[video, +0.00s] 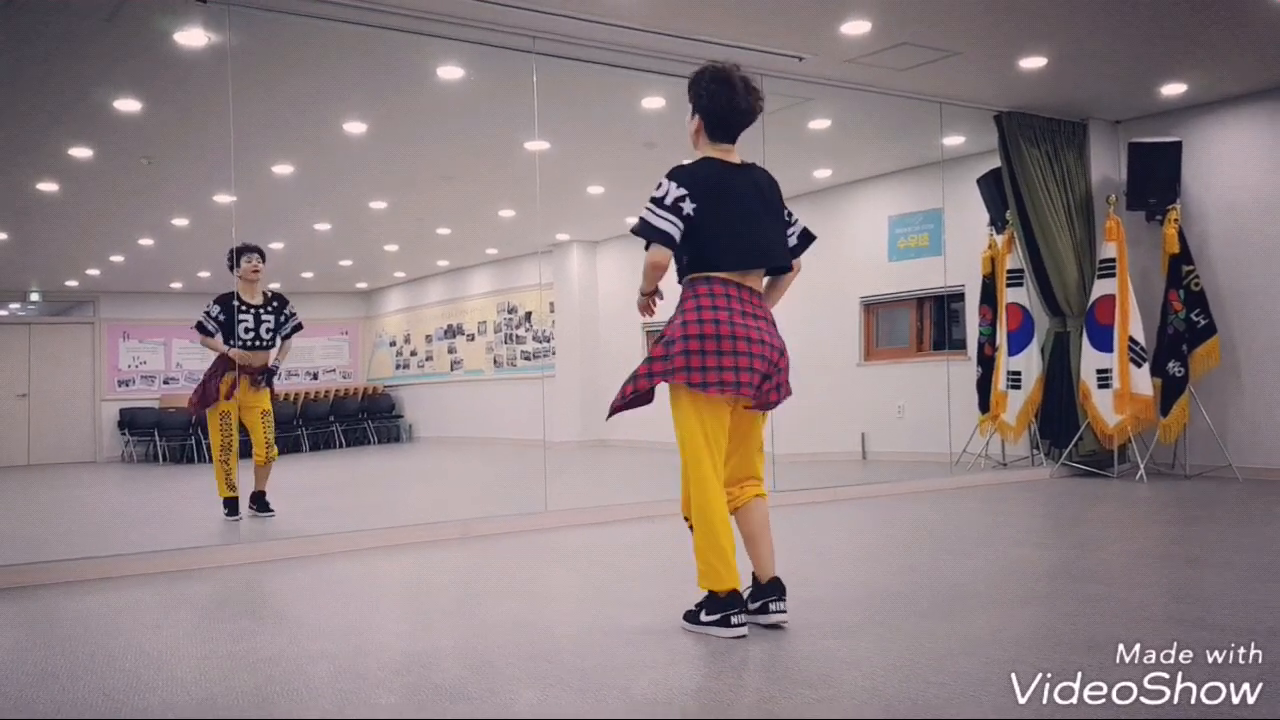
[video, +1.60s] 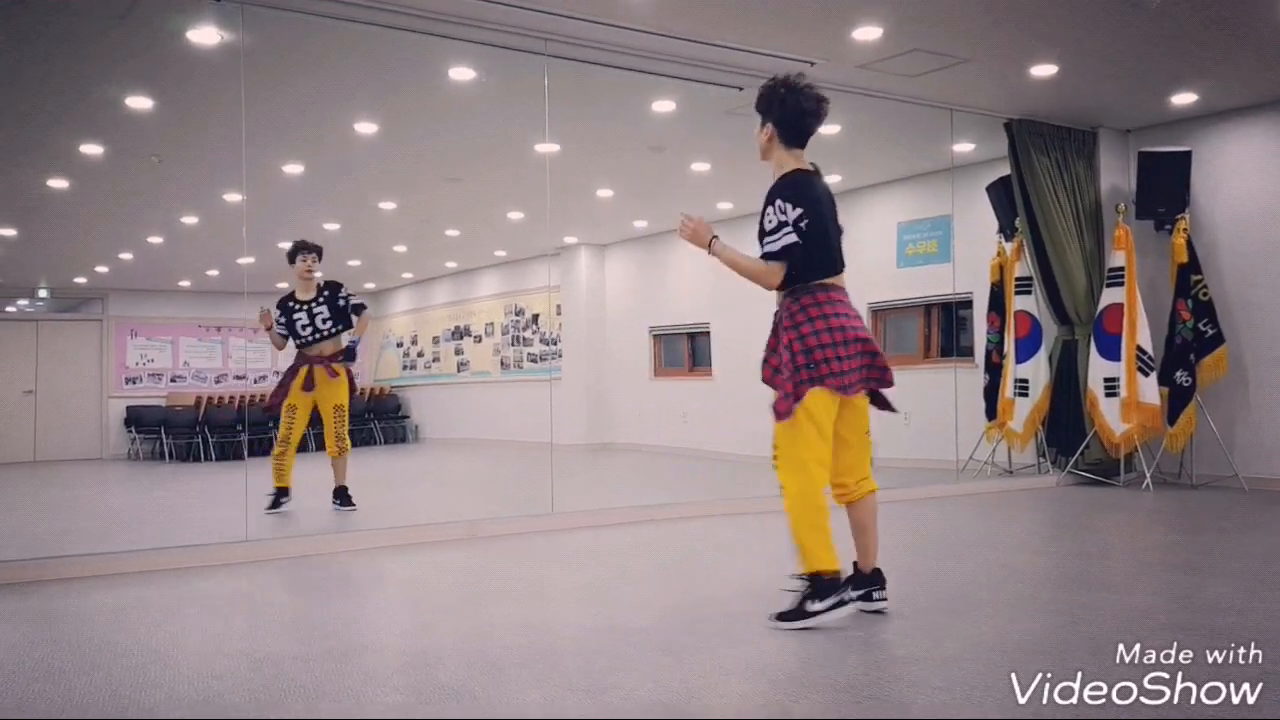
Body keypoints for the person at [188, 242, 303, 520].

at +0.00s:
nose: (255, 265)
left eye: (259, 261)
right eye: (248, 261)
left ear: (264, 268)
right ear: (236, 269)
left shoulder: (277, 302)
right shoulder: (224, 302)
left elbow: (287, 338)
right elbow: (204, 335)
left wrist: (275, 363)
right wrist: (228, 350)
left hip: (258, 380)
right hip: (225, 379)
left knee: (266, 447)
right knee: (226, 446)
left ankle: (259, 495)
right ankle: (230, 499)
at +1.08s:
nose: (263, 278)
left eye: (268, 273)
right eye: (258, 273)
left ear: (273, 275)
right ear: (247, 272)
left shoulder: (278, 305)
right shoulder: (228, 300)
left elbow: (283, 341)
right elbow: (204, 330)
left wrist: (274, 362)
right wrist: (231, 356)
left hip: (265, 381)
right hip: (235, 381)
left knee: (280, 438)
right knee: (231, 445)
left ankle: (281, 496)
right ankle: (226, 502)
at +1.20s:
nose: (265, 271)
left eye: (270, 267)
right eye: (259, 266)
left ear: (275, 273)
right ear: (247, 271)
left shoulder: (284, 307)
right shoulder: (232, 304)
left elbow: (294, 345)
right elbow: (201, 331)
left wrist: (278, 366)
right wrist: (232, 338)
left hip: (272, 383)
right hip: (239, 383)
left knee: (295, 435)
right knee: (233, 447)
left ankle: (319, 490)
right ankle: (227, 502)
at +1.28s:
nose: (268, 272)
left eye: (273, 268)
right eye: (262, 268)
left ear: (278, 275)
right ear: (251, 273)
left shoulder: (289, 307)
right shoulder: (237, 308)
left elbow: (302, 344)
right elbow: (210, 339)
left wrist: (287, 366)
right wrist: (233, 336)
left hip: (280, 385)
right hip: (247, 386)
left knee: (308, 437)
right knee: (237, 448)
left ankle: (330, 490)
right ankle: (228, 501)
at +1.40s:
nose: (282, 272)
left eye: (286, 268)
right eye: (276, 267)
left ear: (293, 274)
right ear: (266, 274)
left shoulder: (307, 304)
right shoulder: (256, 310)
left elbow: (324, 339)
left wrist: (309, 366)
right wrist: (245, 338)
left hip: (300, 381)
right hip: (267, 383)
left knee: (324, 441)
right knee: (245, 442)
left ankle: (338, 489)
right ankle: (231, 498)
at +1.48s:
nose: (291, 269)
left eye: (295, 265)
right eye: (285, 265)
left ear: (301, 270)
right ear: (275, 271)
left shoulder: (314, 298)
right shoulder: (267, 308)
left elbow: (337, 329)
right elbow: (265, 349)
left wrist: (324, 358)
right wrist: (252, 337)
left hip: (312, 375)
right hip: (280, 376)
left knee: (328, 438)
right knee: (254, 438)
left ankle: (338, 490)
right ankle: (237, 496)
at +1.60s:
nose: (309, 265)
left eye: (313, 260)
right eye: (303, 260)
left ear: (319, 265)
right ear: (292, 266)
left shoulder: (333, 291)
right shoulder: (286, 305)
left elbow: (363, 314)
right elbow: (280, 344)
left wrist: (354, 343)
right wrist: (269, 328)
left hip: (335, 368)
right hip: (303, 370)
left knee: (338, 434)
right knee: (286, 434)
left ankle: (341, 489)